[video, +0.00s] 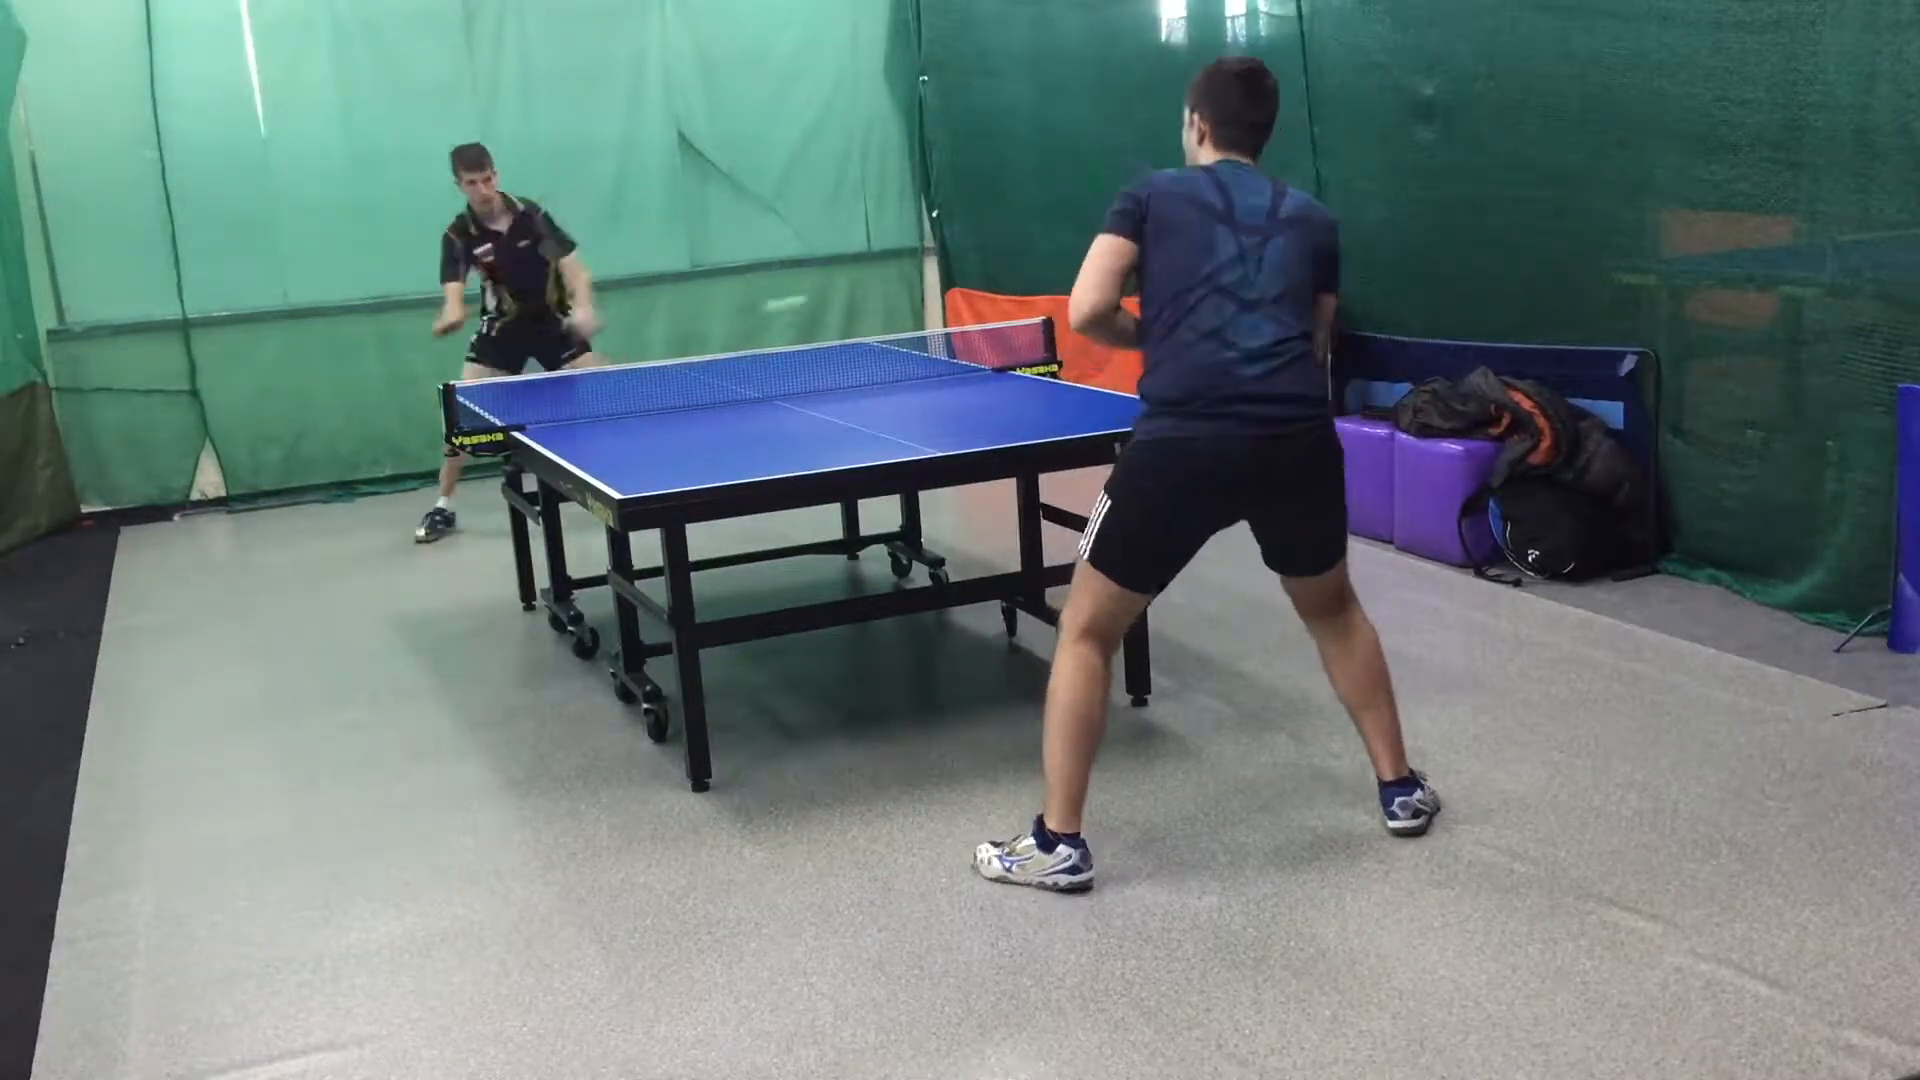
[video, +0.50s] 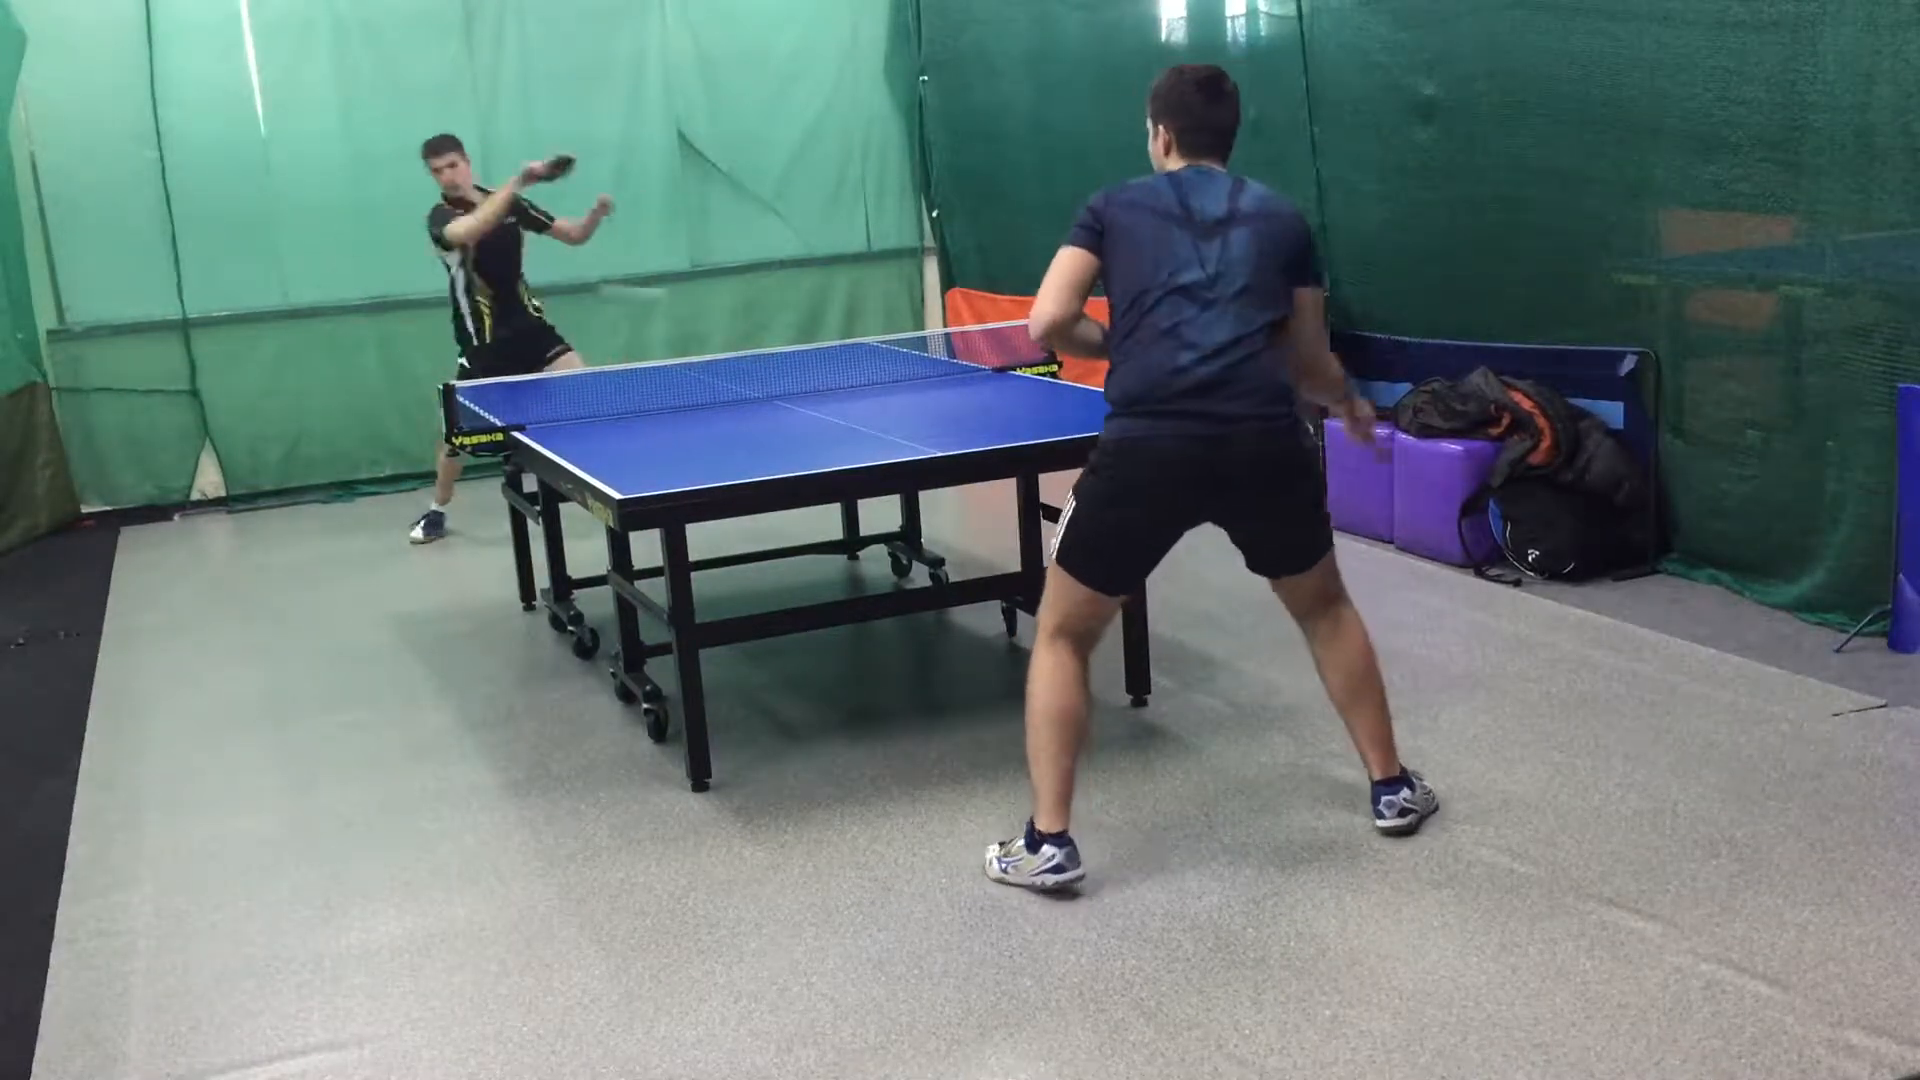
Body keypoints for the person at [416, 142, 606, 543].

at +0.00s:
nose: (483, 190)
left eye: (487, 180)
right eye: (473, 184)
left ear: (496, 176)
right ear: (460, 186)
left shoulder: (530, 215)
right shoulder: (459, 234)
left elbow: (575, 269)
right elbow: (455, 300)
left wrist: (583, 308)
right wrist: (452, 318)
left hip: (551, 319)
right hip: (501, 325)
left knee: (603, 388)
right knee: (466, 407)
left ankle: (626, 484)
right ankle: (443, 505)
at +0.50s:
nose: (447, 176)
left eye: (452, 166)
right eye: (438, 171)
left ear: (468, 163)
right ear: (432, 176)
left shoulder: (506, 203)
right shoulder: (440, 217)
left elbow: (571, 234)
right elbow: (467, 231)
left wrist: (593, 217)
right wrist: (517, 184)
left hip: (529, 330)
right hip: (481, 344)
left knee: (584, 388)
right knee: (455, 431)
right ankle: (437, 510)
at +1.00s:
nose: (419, 228)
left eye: (424, 217)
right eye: (409, 221)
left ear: (435, 209)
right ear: (398, 221)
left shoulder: (469, 249)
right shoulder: (415, 264)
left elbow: (484, 316)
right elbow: (421, 336)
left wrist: (440, 352)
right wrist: (371, 374)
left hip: (534, 353)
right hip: (485, 357)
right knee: (430, 423)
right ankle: (442, 511)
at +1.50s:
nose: (436, 190)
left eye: (439, 181)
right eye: (425, 185)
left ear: (448, 179)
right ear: (410, 189)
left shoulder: (474, 221)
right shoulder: (411, 237)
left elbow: (539, 252)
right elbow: (433, 284)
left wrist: (569, 241)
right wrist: (469, 225)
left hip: (480, 348)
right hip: (434, 361)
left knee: (552, 394)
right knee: (423, 451)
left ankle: (592, 493)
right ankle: (380, 526)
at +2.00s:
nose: (421, 224)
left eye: (426, 213)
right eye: (411, 217)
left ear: (439, 202)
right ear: (403, 216)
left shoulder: (475, 240)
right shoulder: (430, 253)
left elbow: (513, 289)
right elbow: (443, 317)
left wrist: (461, 326)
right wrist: (394, 352)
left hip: (543, 345)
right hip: (494, 344)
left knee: (567, 425)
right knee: (441, 419)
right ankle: (439, 515)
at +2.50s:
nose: (504, 176)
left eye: (509, 166)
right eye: (495, 170)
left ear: (519, 163)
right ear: (482, 173)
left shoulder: (556, 206)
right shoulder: (478, 225)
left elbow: (607, 246)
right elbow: (473, 286)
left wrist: (640, 268)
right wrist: (503, 266)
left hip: (568, 328)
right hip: (510, 338)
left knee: (617, 398)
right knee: (473, 416)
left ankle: (635, 491)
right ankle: (454, 512)